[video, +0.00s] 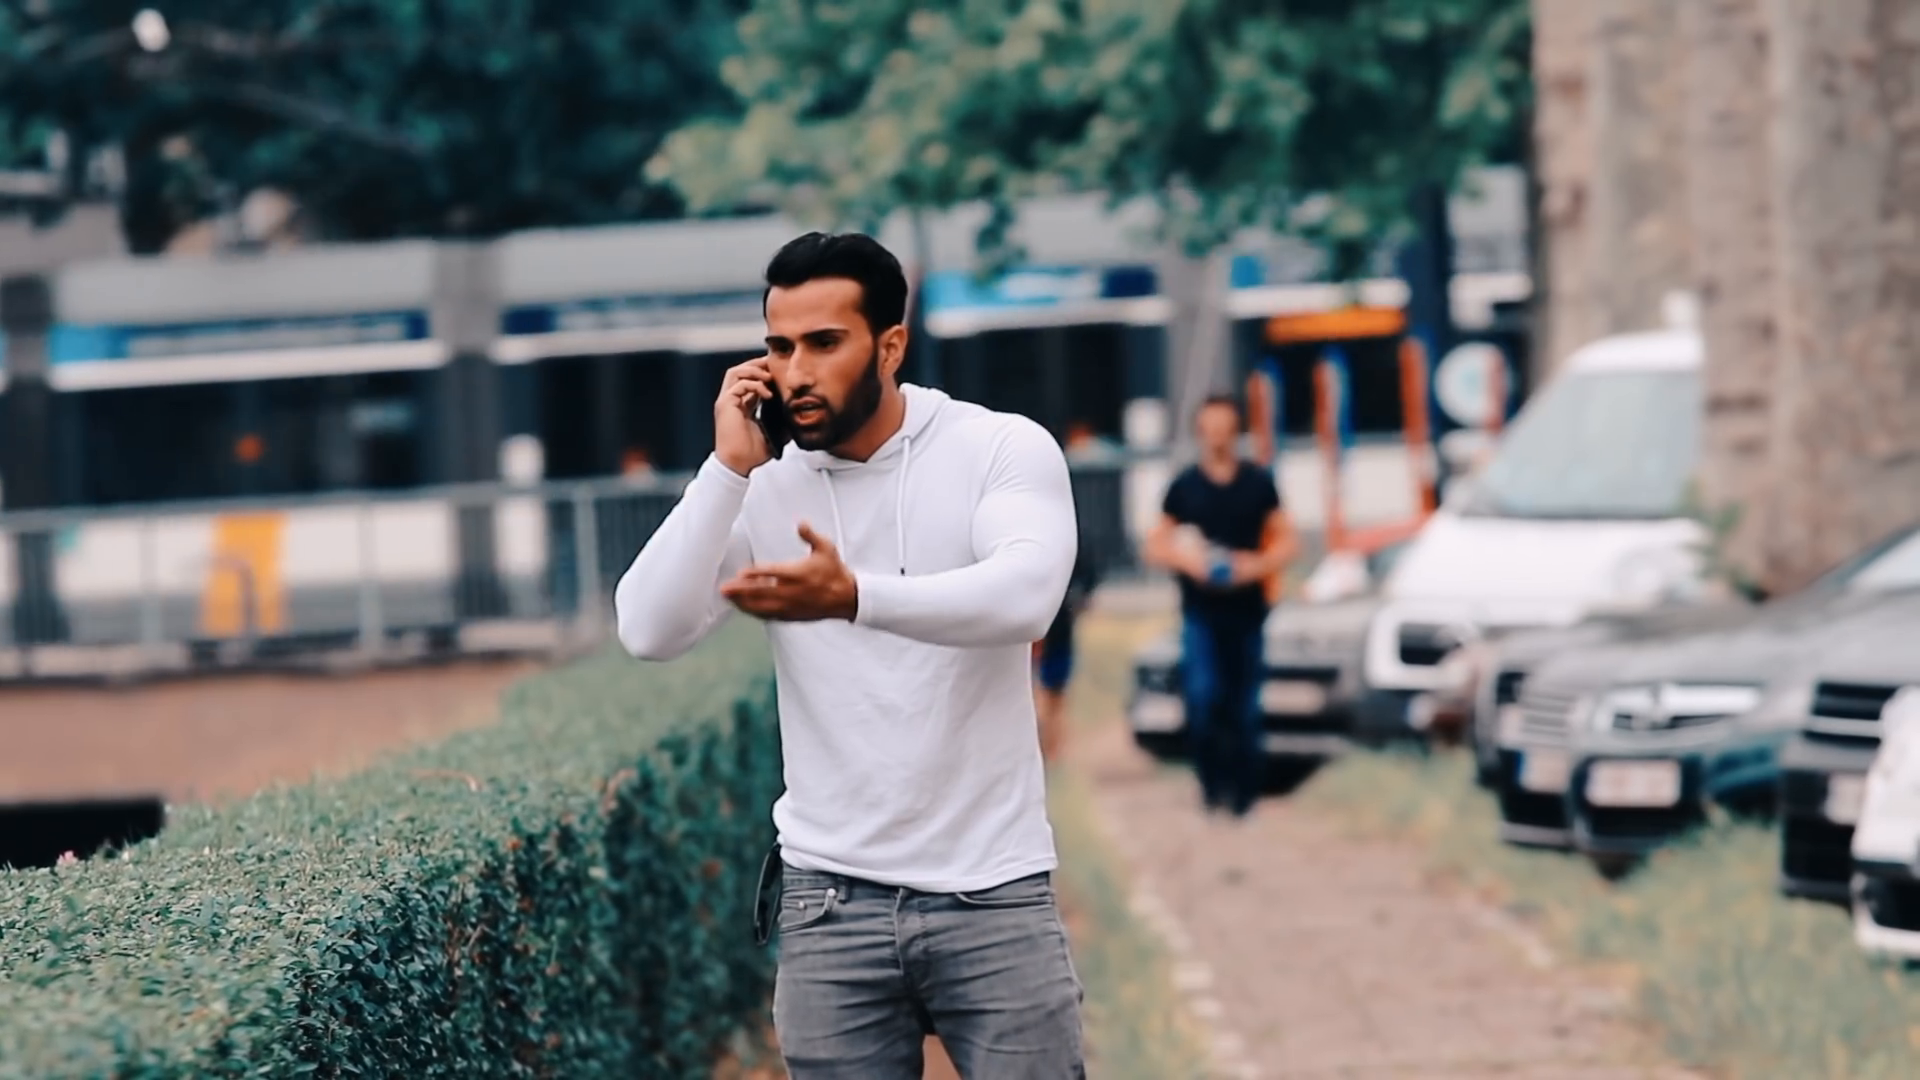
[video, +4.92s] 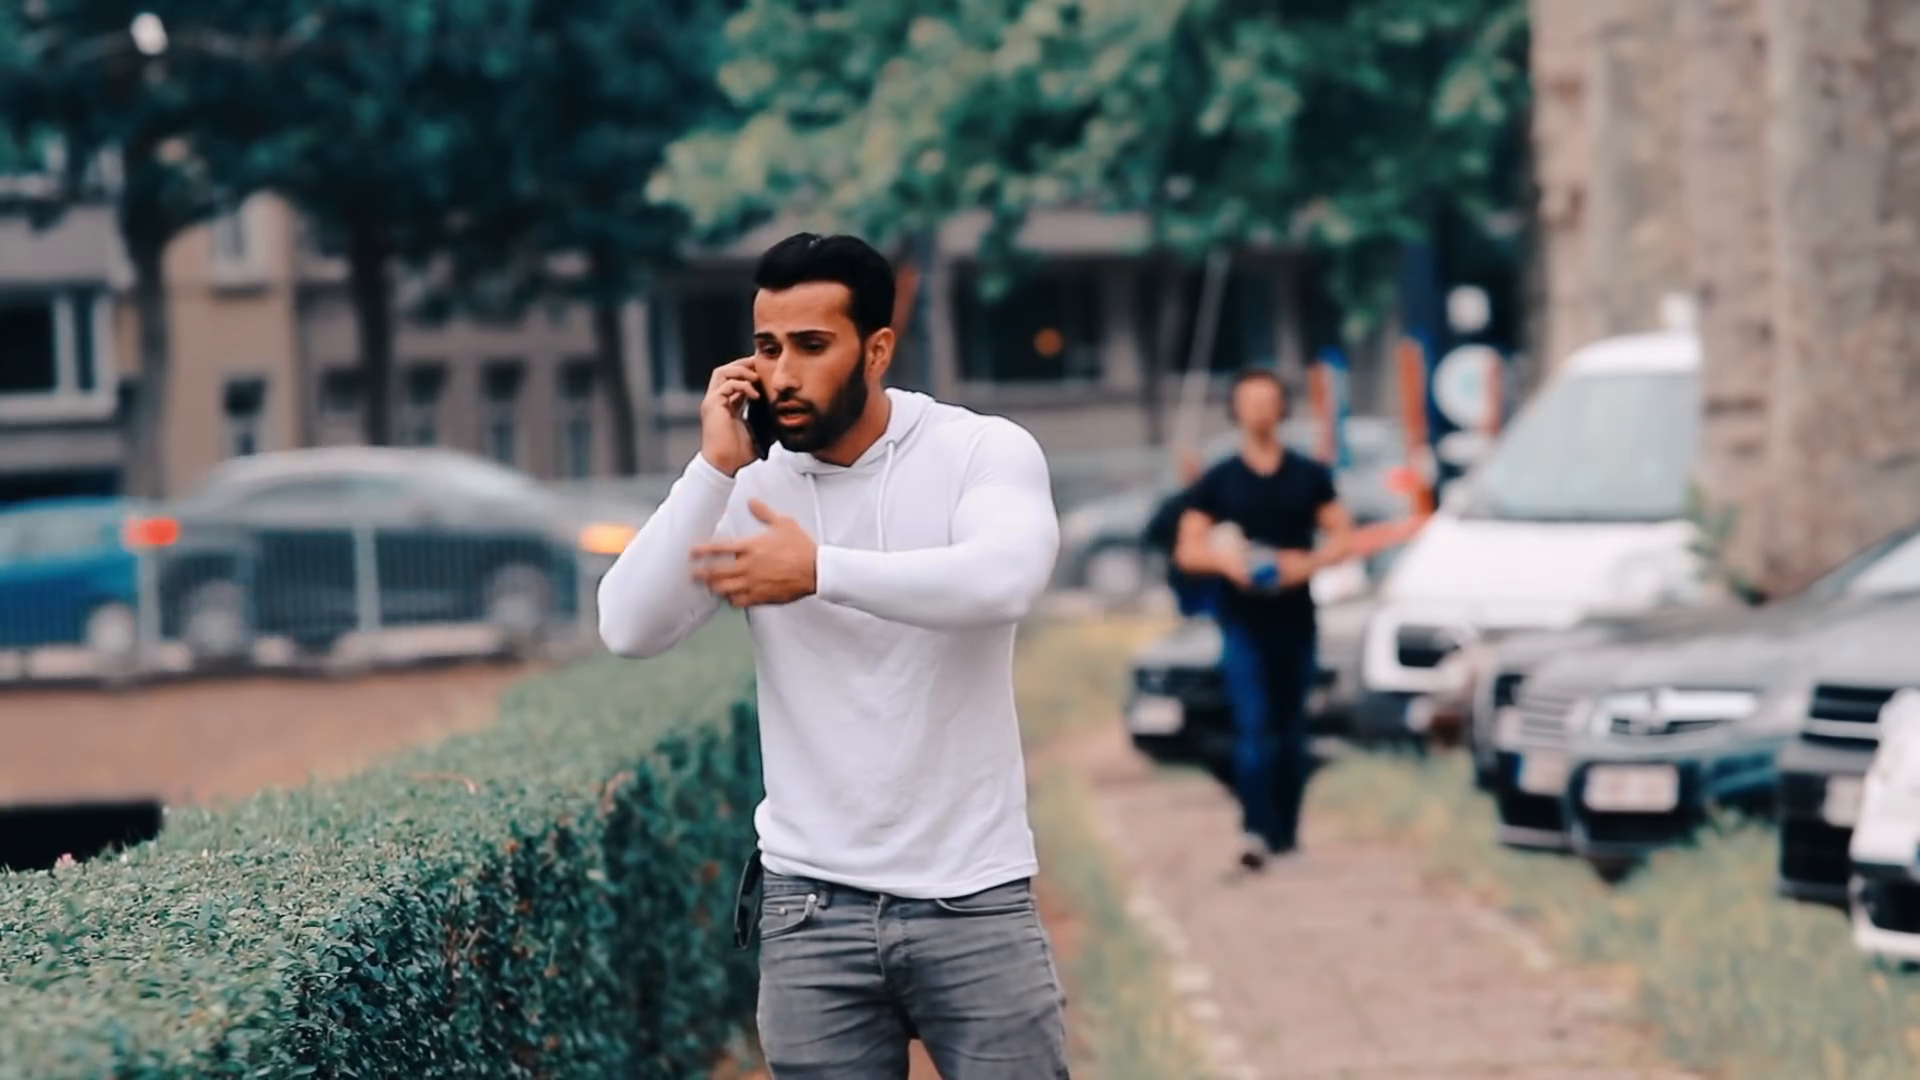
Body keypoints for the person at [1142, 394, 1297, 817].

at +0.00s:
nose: (1217, 438)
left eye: (1224, 429)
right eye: (1210, 429)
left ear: (1236, 431)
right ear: (1199, 431)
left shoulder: (1258, 483)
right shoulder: (1186, 485)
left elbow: (1285, 541)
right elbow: (1158, 544)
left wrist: (1253, 565)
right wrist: (1191, 562)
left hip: (1247, 605)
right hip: (1202, 605)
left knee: (1244, 699)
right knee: (1203, 694)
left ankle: (1245, 787)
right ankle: (1213, 785)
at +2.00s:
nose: (1229, 433)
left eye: (1238, 425)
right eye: (1222, 425)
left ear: (1255, 429)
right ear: (1212, 429)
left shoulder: (1279, 487)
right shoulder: (1201, 487)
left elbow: (1311, 544)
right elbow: (1170, 550)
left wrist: (1270, 570)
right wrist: (1200, 567)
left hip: (1263, 617)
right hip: (1214, 617)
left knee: (1266, 719)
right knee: (1220, 716)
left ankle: (1271, 819)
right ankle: (1225, 821)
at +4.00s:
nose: (1257, 425)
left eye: (1265, 415)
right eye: (1248, 416)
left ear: (1279, 421)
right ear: (1234, 423)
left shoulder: (1305, 484)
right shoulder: (1218, 488)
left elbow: (1341, 546)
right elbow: (1186, 557)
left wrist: (1302, 570)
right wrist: (1231, 569)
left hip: (1291, 618)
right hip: (1241, 620)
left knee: (1289, 724)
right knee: (1256, 718)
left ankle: (1285, 826)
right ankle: (1257, 816)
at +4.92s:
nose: (1259, 409)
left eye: (1267, 399)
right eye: (1250, 400)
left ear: (1282, 408)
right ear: (1236, 408)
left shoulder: (1309, 477)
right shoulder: (1219, 481)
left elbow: (1345, 538)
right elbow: (1188, 550)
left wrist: (1305, 563)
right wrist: (1228, 560)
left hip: (1293, 613)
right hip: (1242, 614)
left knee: (1287, 725)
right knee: (1254, 721)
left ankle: (1283, 833)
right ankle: (1255, 831)